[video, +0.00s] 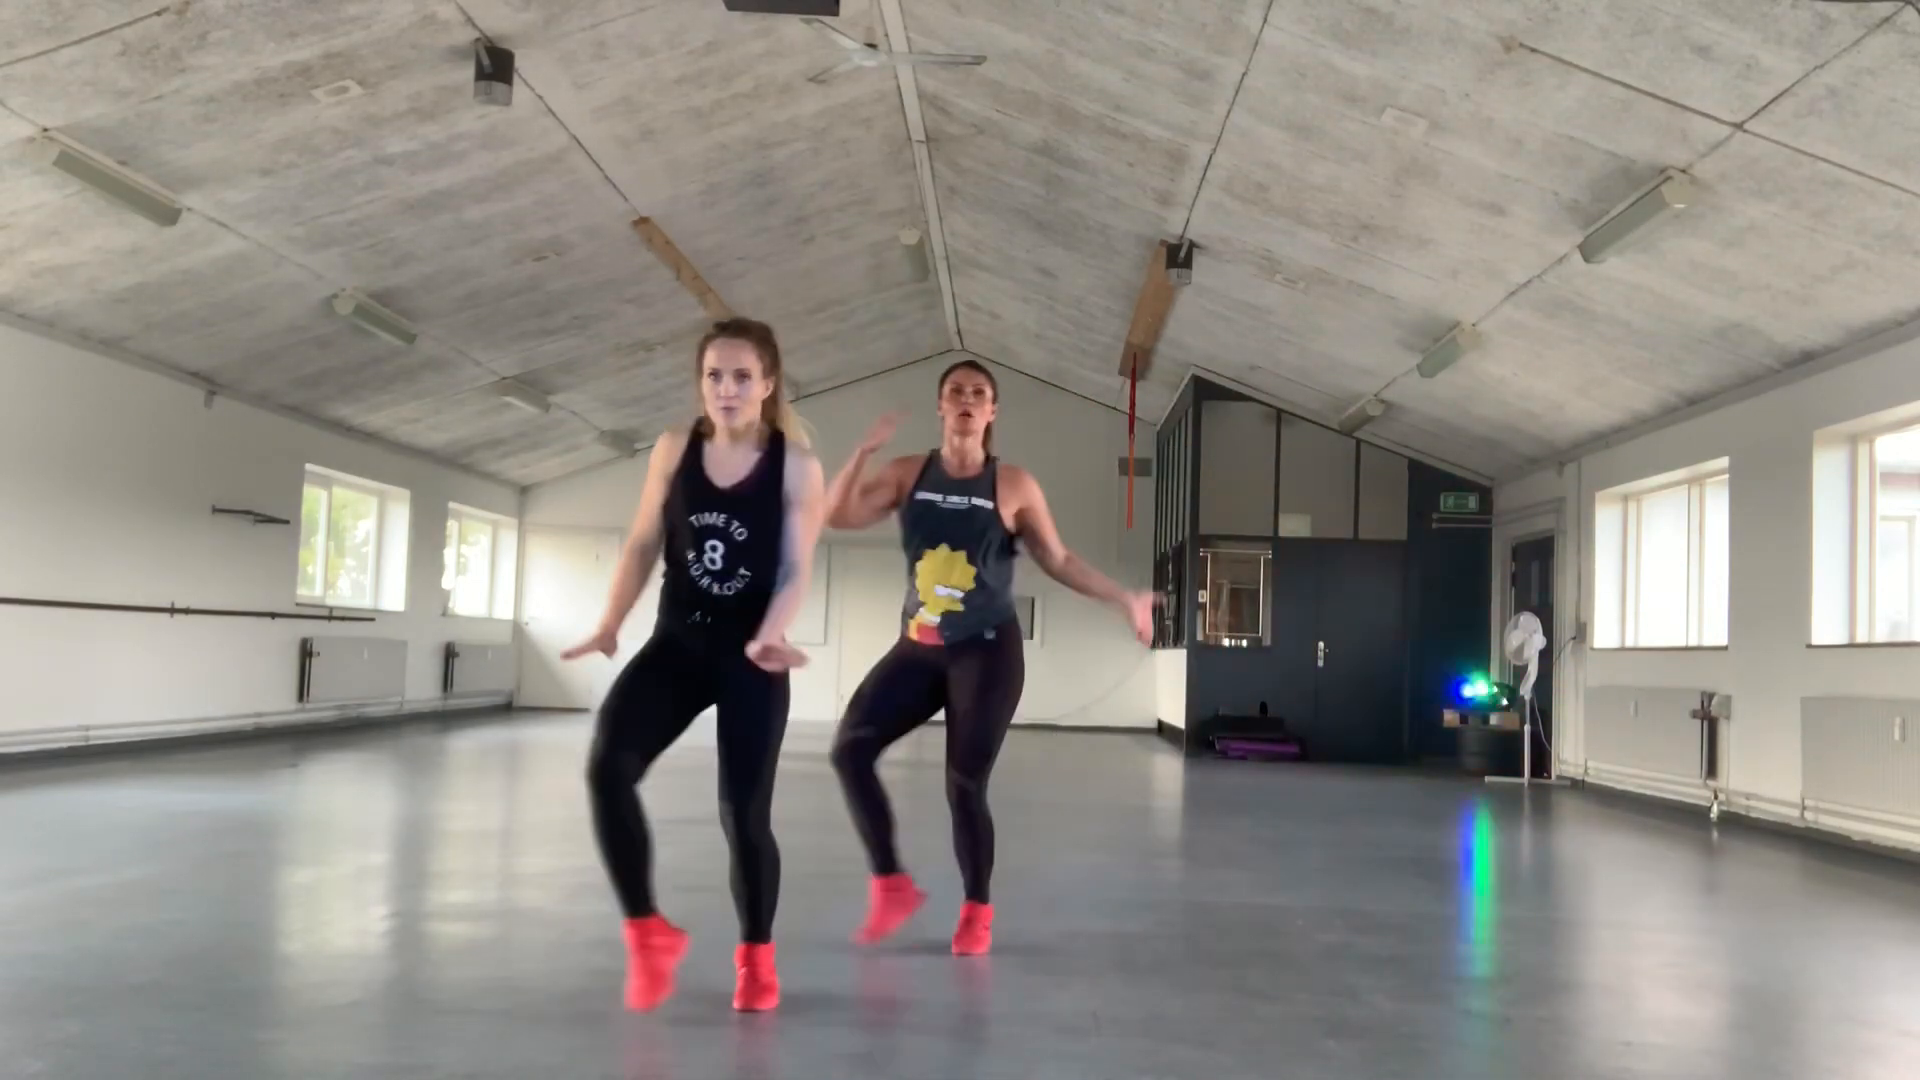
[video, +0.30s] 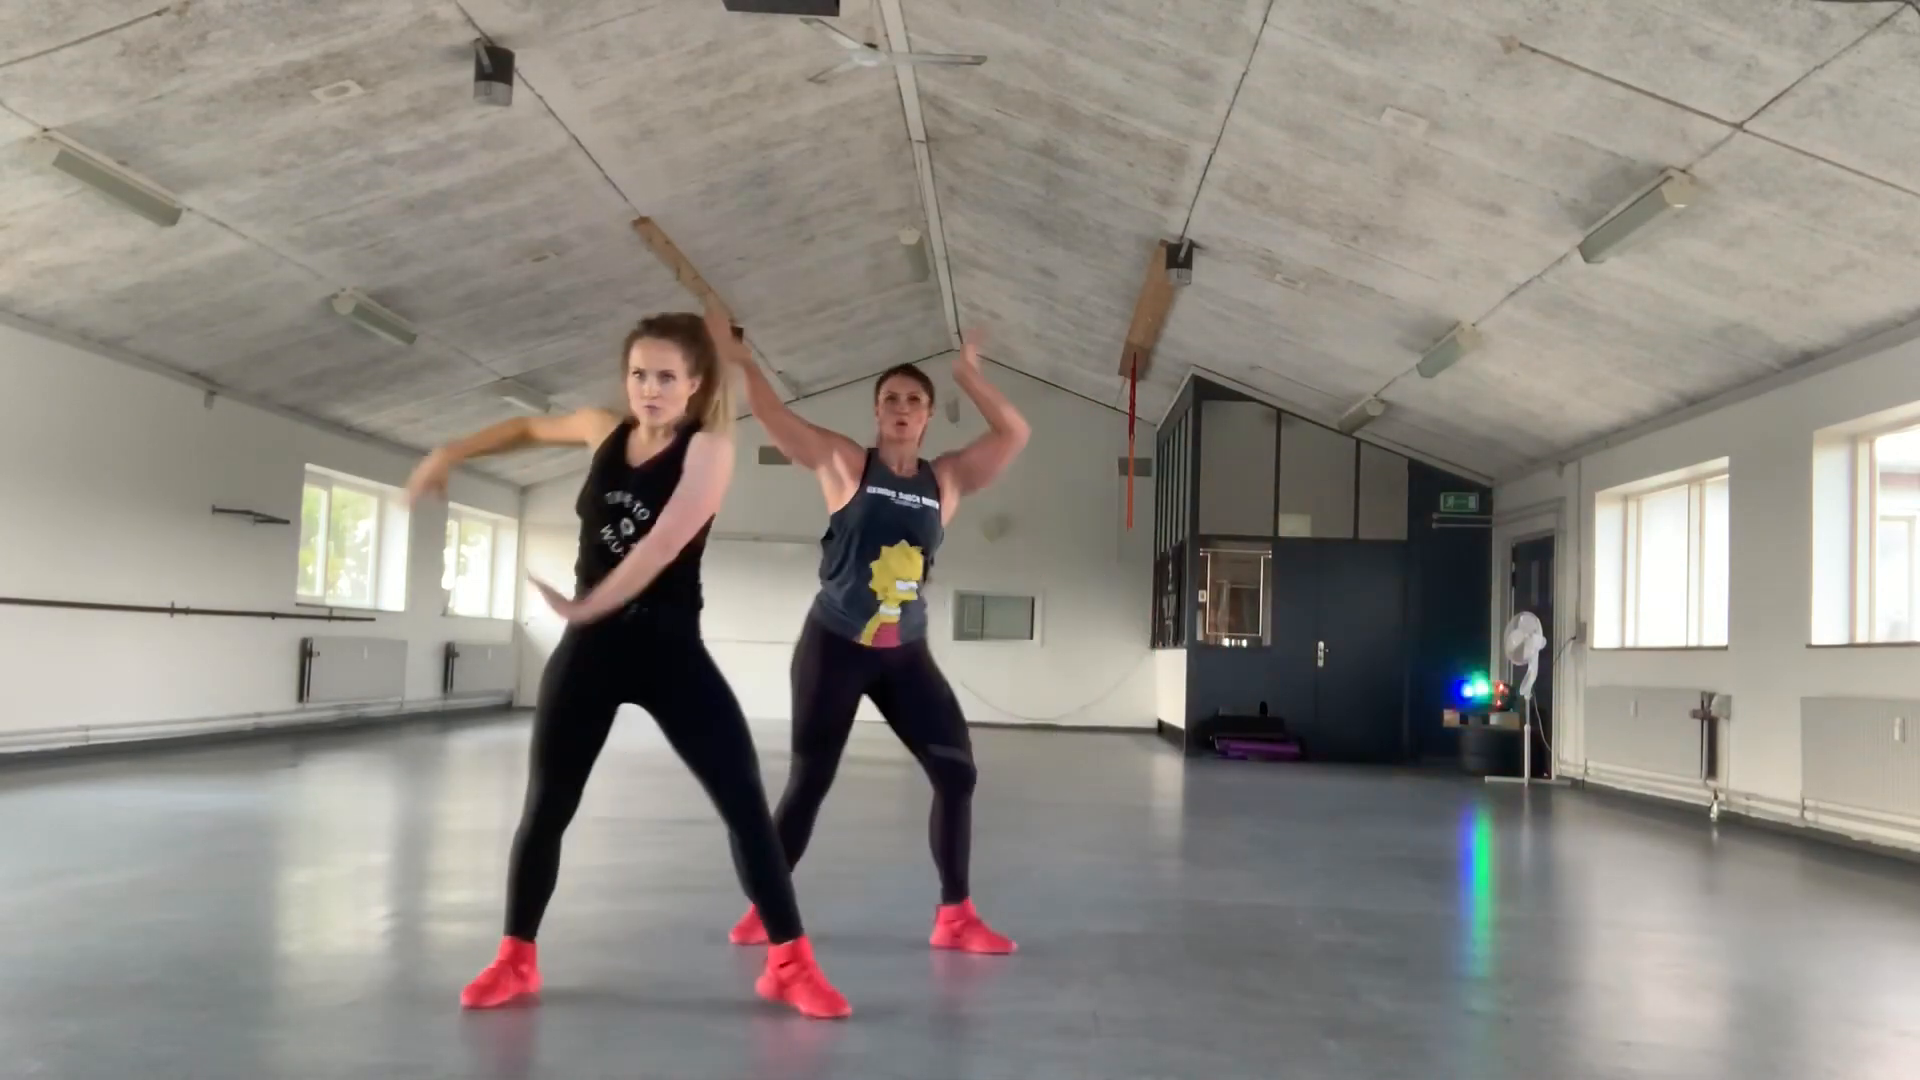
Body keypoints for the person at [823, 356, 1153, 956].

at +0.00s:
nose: (966, 402)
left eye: (977, 394)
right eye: (956, 393)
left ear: (994, 410)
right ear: (939, 406)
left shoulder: (1014, 486)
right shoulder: (907, 474)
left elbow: (1059, 561)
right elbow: (839, 515)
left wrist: (1126, 598)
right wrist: (860, 454)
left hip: (986, 650)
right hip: (920, 649)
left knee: (965, 783)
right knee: (850, 751)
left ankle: (976, 907)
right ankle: (891, 884)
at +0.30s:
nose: (900, 408)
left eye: (912, 400)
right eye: (891, 399)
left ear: (930, 416)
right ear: (875, 412)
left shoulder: (946, 477)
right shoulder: (842, 461)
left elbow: (1012, 435)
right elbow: (774, 416)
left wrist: (973, 378)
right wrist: (746, 360)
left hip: (905, 656)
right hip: (833, 650)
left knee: (956, 772)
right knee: (809, 781)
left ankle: (955, 913)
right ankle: (764, 906)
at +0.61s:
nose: (873, 408)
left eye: (885, 399)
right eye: (864, 399)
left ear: (902, 412)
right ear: (851, 412)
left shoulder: (926, 457)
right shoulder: (830, 469)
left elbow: (968, 379)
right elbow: (792, 395)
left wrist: (923, 309)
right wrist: (807, 316)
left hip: (899, 645)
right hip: (829, 642)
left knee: (909, 782)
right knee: (778, 765)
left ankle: (951, 901)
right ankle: (776, 900)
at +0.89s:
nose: (871, 417)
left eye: (882, 408)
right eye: (860, 407)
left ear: (897, 424)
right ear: (841, 419)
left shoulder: (916, 483)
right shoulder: (816, 475)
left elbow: (979, 418)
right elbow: (789, 385)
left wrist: (945, 349)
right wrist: (843, 335)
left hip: (918, 649)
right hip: (850, 661)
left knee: (935, 771)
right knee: (778, 761)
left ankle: (971, 908)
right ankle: (782, 908)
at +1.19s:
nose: (857, 414)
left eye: (868, 405)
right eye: (845, 406)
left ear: (886, 421)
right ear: (831, 419)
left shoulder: (910, 476)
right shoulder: (804, 471)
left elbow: (931, 390)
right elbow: (744, 412)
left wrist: (874, 334)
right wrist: (742, 344)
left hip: (864, 658)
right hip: (792, 646)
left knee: (926, 771)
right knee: (769, 773)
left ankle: (913, 915)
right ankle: (734, 899)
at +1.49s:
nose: (866, 406)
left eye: (877, 398)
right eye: (856, 396)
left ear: (895, 410)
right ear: (840, 408)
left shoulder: (921, 461)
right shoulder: (818, 470)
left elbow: (967, 387)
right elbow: (761, 410)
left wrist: (931, 319)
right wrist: (765, 331)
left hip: (893, 650)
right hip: (819, 648)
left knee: (915, 782)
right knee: (779, 774)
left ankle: (957, 900)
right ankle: (757, 898)